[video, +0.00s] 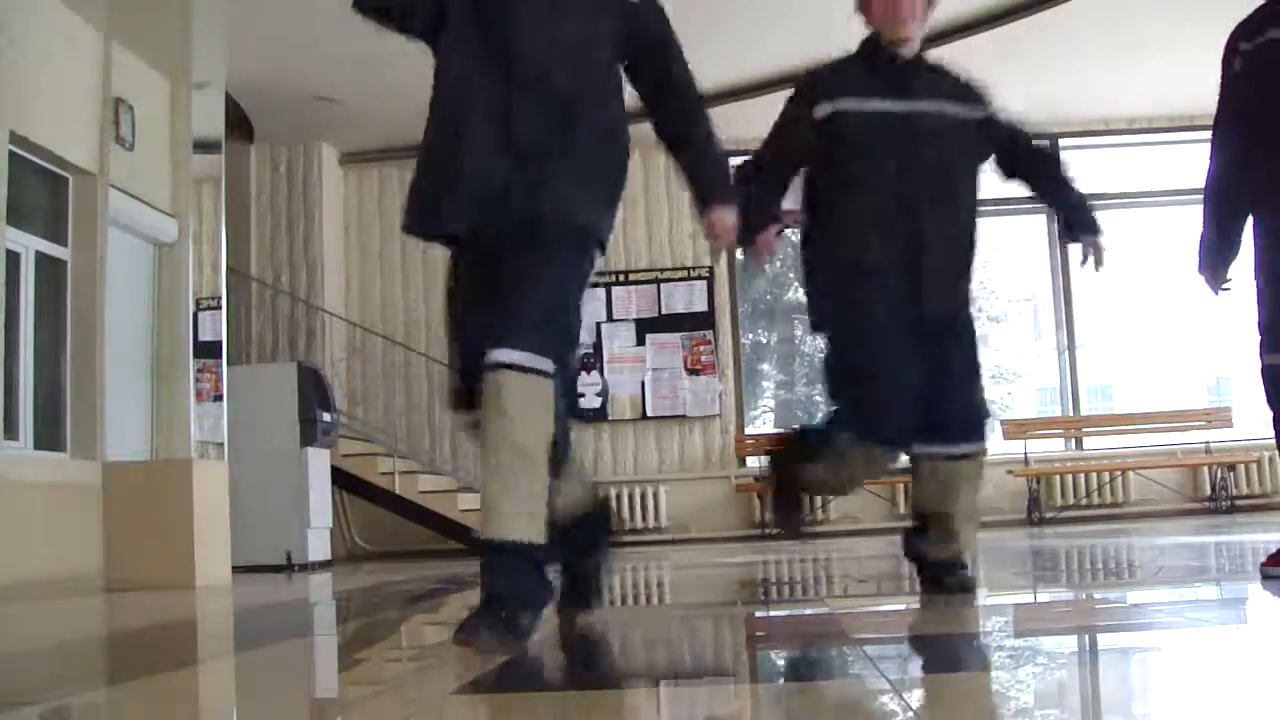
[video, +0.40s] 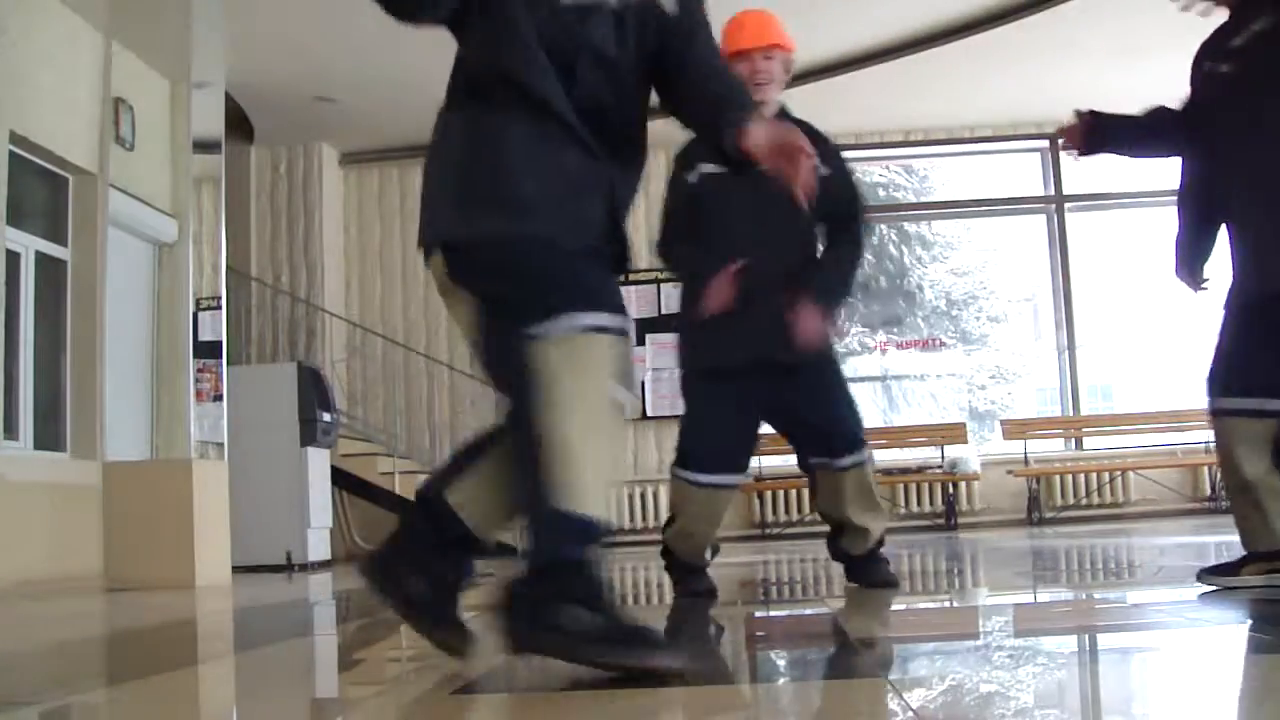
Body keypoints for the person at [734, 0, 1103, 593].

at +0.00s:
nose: (905, 8)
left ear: (931, 9)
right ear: (866, 8)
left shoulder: (960, 96)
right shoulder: (826, 91)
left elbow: (1024, 154)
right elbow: (771, 165)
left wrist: (1073, 209)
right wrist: (757, 217)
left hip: (940, 293)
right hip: (856, 292)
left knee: (955, 426)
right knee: (882, 424)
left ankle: (941, 552)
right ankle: (796, 470)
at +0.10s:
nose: (869, 5)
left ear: (892, 5)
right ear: (832, 6)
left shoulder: (910, 86)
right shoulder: (804, 81)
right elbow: (755, 159)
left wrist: (976, 197)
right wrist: (814, 193)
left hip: (909, 297)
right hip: (832, 296)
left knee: (944, 435)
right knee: (801, 437)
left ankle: (940, 552)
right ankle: (728, 458)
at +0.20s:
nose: (824, 6)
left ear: (852, 4)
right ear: (792, 9)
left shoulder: (874, 85)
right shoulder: (767, 85)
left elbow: (888, 160)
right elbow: (739, 162)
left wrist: (896, 182)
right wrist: (834, 144)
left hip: (869, 289)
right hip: (791, 291)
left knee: (901, 421)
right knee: (759, 421)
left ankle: (907, 542)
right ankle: (712, 497)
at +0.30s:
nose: (790, 42)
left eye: (800, 29)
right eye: (777, 32)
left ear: (818, 35)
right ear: (760, 41)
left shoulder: (843, 119)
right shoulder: (730, 117)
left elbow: (881, 197)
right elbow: (706, 200)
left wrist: (843, 205)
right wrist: (780, 207)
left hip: (830, 318)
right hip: (752, 319)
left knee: (866, 449)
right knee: (726, 454)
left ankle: (871, 556)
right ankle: (698, 563)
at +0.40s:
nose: (761, 70)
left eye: (773, 59)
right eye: (749, 59)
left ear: (788, 68)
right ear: (726, 68)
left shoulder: (808, 144)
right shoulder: (700, 154)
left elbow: (848, 223)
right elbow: (673, 240)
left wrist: (822, 296)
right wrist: (704, 277)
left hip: (796, 333)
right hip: (720, 340)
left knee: (841, 451)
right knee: (706, 466)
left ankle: (863, 556)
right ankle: (687, 574)